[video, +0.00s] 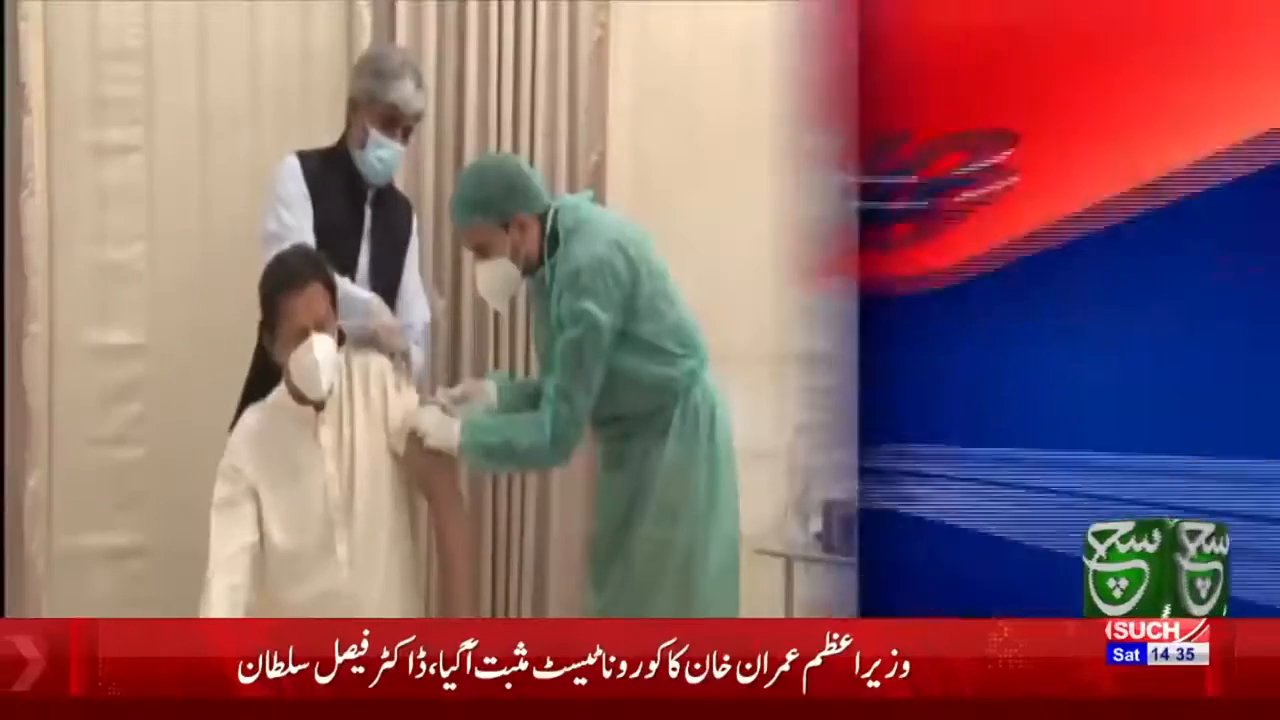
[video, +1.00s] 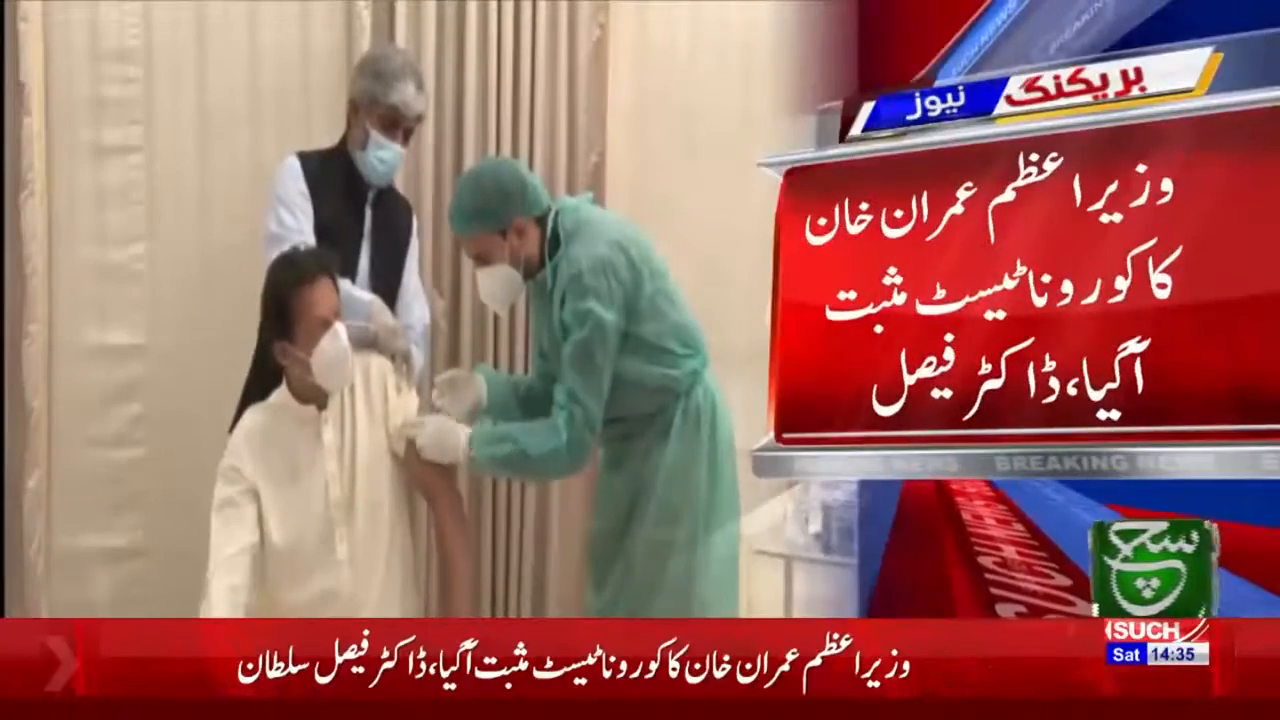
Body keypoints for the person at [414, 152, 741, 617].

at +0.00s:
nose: (481, 265)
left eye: (483, 251)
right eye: (474, 253)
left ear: (521, 227)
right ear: (522, 228)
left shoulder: (590, 260)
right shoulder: (554, 255)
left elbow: (558, 433)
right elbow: (557, 392)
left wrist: (459, 435)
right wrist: (491, 393)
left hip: (676, 432)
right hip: (629, 433)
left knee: (655, 594)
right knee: (616, 588)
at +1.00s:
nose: (481, 272)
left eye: (484, 259)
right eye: (475, 261)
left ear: (520, 231)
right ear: (520, 232)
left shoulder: (590, 262)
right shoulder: (551, 259)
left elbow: (571, 440)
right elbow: (550, 396)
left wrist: (468, 444)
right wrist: (485, 392)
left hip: (677, 433)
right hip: (631, 436)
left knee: (658, 601)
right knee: (614, 595)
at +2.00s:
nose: (483, 276)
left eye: (485, 262)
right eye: (476, 265)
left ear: (519, 233)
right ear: (519, 233)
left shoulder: (591, 261)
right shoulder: (553, 260)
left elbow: (563, 436)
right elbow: (551, 395)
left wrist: (462, 416)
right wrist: (485, 389)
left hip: (679, 434)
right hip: (632, 437)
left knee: (656, 605)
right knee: (614, 599)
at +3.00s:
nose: (483, 274)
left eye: (486, 260)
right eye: (476, 263)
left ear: (521, 230)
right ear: (522, 230)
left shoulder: (592, 259)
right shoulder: (558, 254)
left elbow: (564, 432)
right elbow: (563, 391)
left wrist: (461, 421)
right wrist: (497, 389)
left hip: (678, 435)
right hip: (634, 437)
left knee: (656, 606)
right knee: (616, 600)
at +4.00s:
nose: (506, 206)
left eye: (512, 190)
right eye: (501, 192)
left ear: (553, 171)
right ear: (551, 171)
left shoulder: (611, 225)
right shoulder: (581, 211)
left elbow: (583, 388)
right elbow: (595, 333)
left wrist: (484, 433)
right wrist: (550, 367)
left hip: (666, 429)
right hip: (629, 427)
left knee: (644, 600)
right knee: (613, 593)